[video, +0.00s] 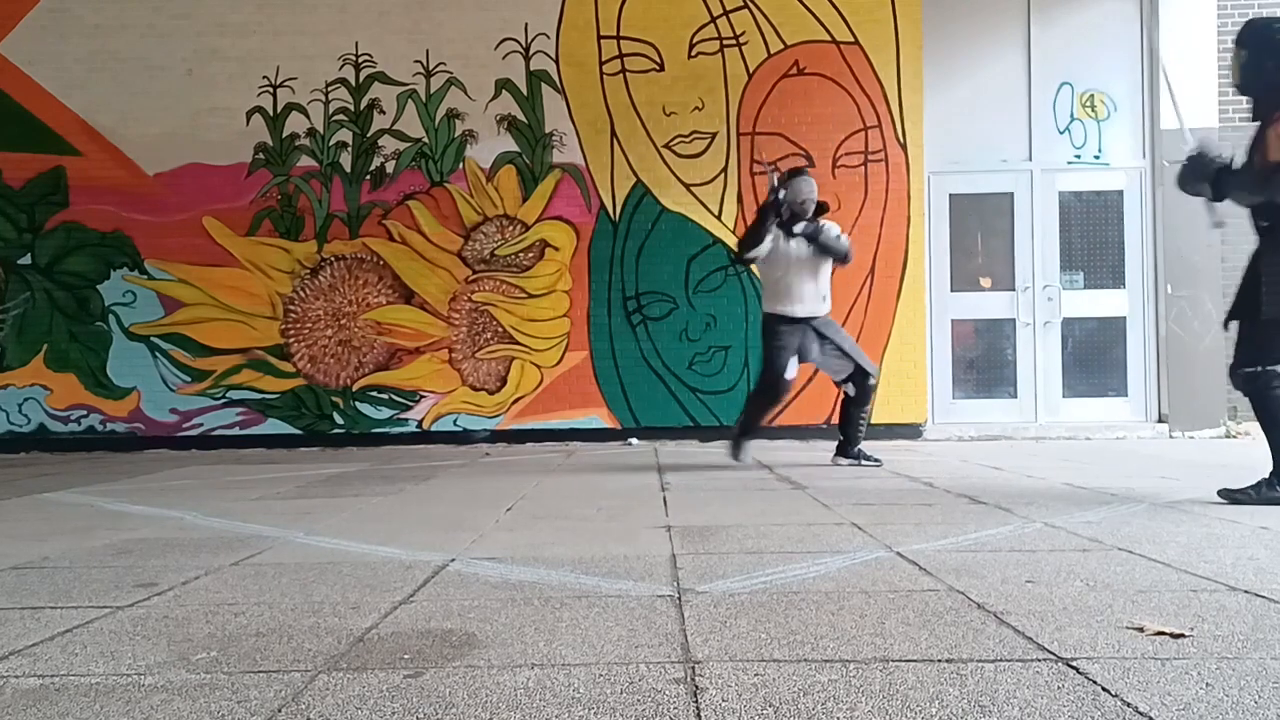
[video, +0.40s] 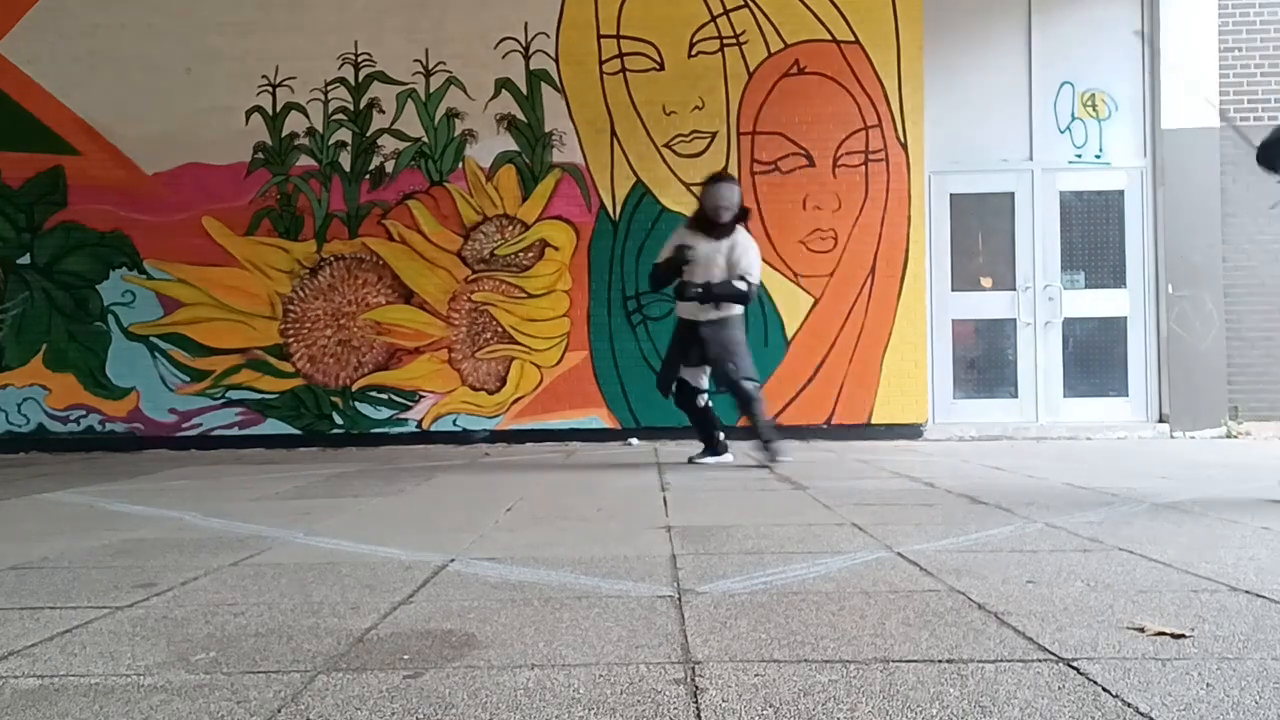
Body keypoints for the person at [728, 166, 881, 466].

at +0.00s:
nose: (807, 207)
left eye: (811, 201)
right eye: (801, 201)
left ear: (815, 201)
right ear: (786, 200)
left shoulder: (824, 228)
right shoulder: (770, 229)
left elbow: (845, 254)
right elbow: (745, 252)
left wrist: (811, 233)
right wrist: (767, 215)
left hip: (818, 321)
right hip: (781, 322)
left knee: (863, 376)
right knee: (777, 385)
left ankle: (849, 447)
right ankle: (742, 436)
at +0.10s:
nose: (793, 212)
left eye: (797, 206)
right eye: (787, 207)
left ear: (803, 206)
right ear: (773, 208)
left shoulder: (813, 235)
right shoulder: (753, 235)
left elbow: (823, 272)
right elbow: (717, 260)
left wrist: (783, 265)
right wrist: (754, 227)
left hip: (803, 326)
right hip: (762, 328)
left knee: (850, 373)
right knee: (743, 387)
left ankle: (849, 448)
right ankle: (720, 432)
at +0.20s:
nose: (772, 215)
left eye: (777, 208)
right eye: (765, 209)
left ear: (783, 209)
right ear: (750, 210)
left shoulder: (791, 241)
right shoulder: (731, 240)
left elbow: (792, 286)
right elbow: (690, 270)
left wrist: (747, 284)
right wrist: (723, 252)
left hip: (778, 329)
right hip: (735, 330)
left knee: (820, 379)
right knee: (708, 391)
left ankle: (845, 447)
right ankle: (717, 446)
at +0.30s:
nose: (746, 218)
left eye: (751, 211)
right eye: (739, 212)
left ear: (758, 213)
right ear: (725, 212)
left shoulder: (765, 249)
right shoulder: (706, 241)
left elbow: (765, 296)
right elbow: (668, 278)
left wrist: (722, 293)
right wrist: (696, 261)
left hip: (748, 333)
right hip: (708, 332)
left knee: (774, 386)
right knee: (688, 392)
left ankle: (821, 444)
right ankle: (716, 449)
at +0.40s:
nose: (722, 212)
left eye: (729, 206)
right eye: (716, 205)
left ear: (737, 208)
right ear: (704, 203)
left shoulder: (742, 242)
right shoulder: (685, 235)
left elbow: (746, 292)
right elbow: (656, 280)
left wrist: (708, 292)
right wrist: (676, 262)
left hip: (725, 323)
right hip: (690, 324)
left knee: (741, 383)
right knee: (687, 392)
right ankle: (716, 448)